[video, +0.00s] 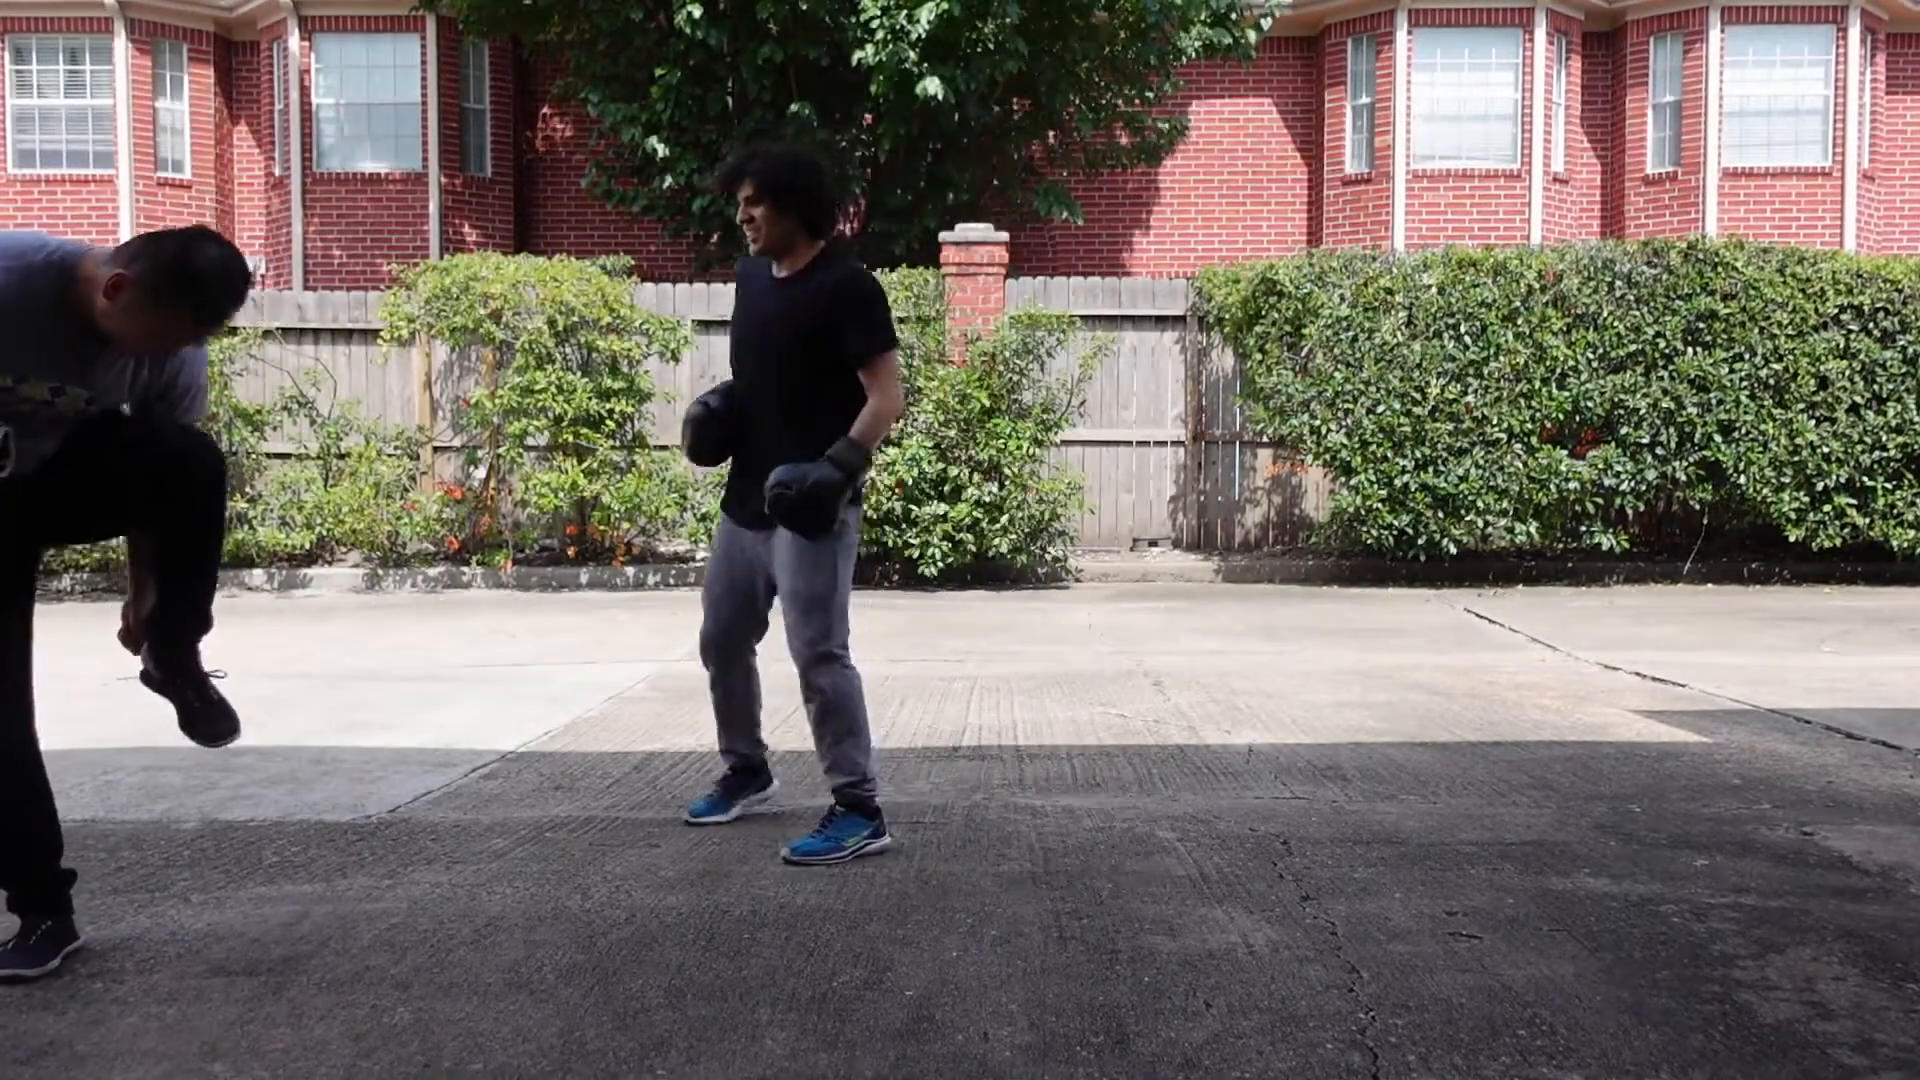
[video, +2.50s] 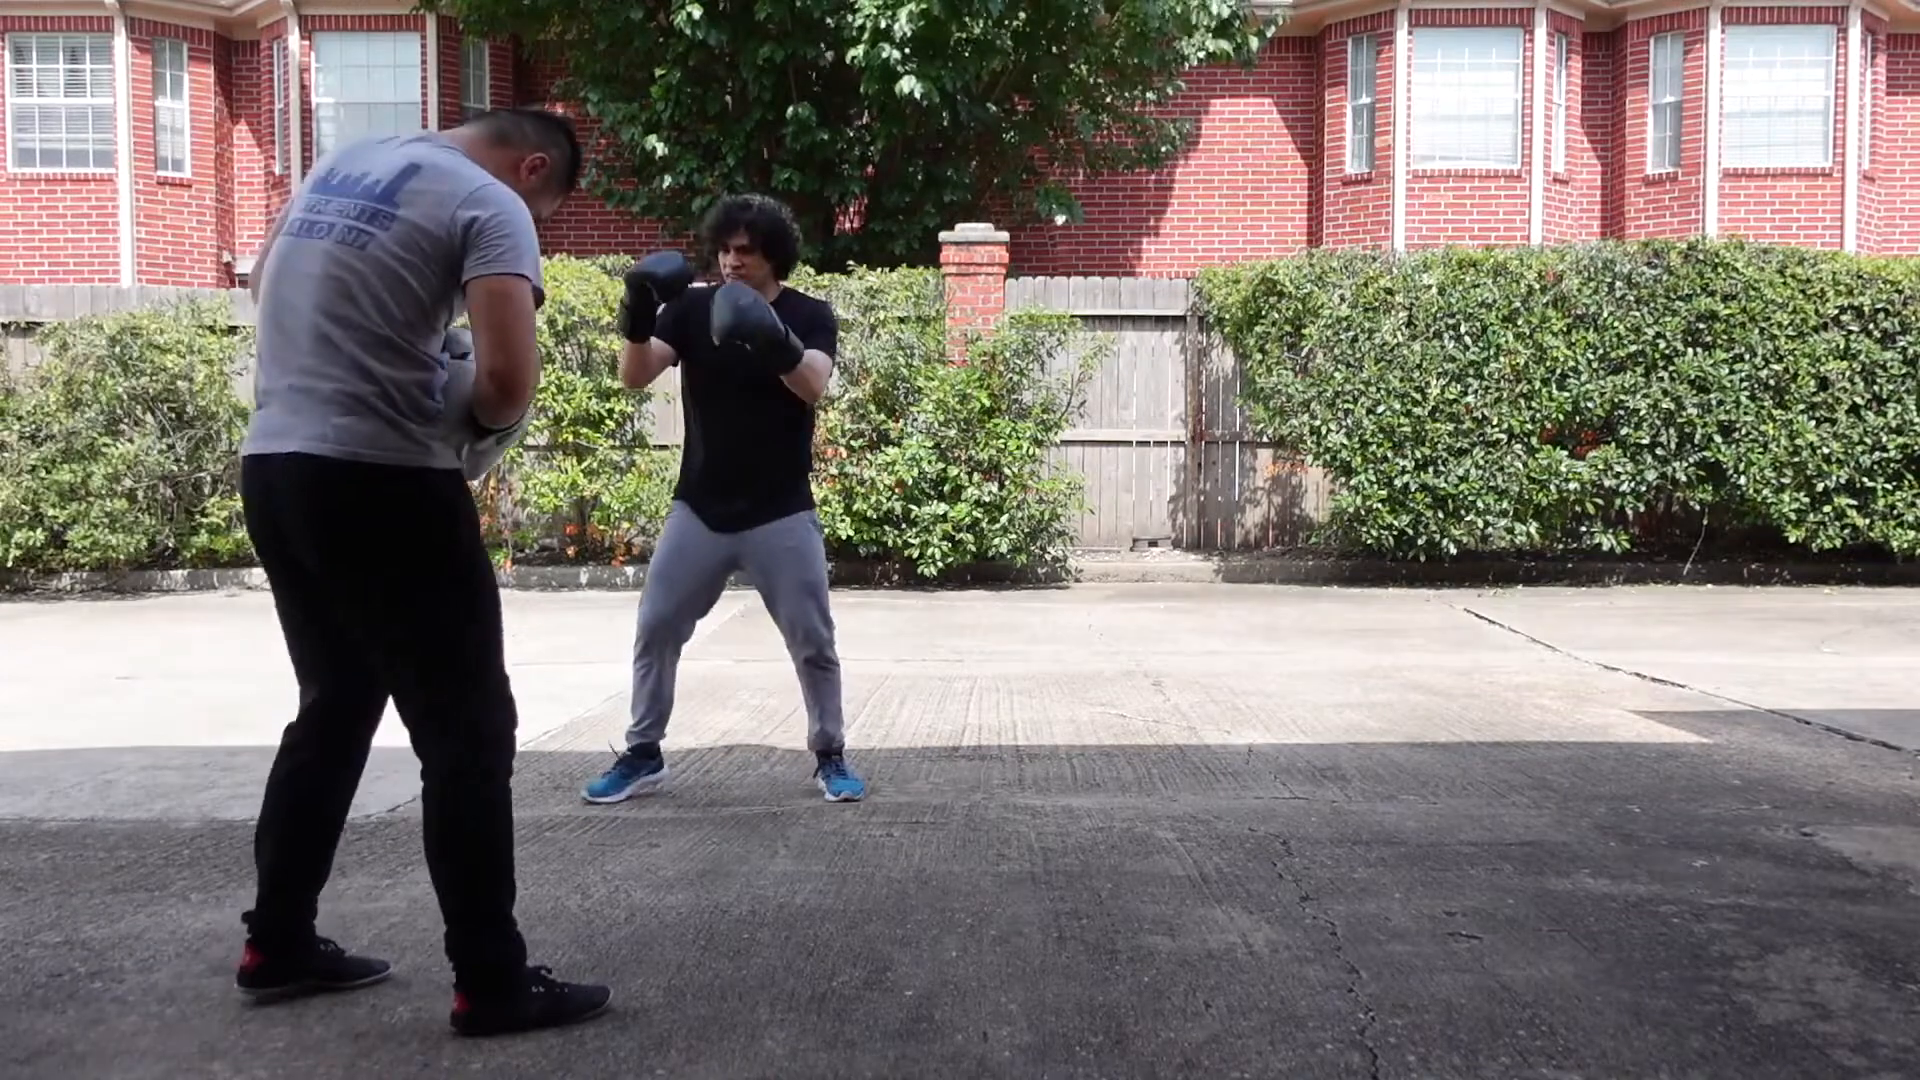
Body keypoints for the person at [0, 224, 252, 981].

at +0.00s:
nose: (166, 358)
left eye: (181, 347)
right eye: (162, 340)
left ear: (196, 325)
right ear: (118, 288)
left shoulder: (174, 354)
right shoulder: (15, 277)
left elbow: (164, 481)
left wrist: (143, 595)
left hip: (72, 474)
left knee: (193, 459)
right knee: (2, 710)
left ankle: (173, 656)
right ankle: (40, 909)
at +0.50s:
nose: (158, 302)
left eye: (174, 295)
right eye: (152, 286)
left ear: (205, 272)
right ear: (126, 224)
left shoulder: (218, 272)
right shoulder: (20, 249)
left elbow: (241, 352)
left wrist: (247, 445)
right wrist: (5, 439)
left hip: (150, 518)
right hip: (25, 526)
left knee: (178, 715)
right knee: (25, 729)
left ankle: (169, 921)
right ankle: (45, 916)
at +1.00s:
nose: (231, 218)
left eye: (249, 202)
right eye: (219, 197)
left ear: (264, 182)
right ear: (169, 143)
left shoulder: (256, 211)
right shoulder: (59, 213)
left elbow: (319, 347)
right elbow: (5, 371)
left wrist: (197, 401)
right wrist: (86, 473)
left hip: (187, 508)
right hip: (70, 514)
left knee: (210, 717)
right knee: (72, 746)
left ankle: (170, 919)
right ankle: (48, 999)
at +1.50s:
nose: (320, 212)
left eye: (332, 194)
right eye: (319, 188)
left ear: (268, 149)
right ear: (259, 142)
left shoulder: (243, 211)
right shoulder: (110, 196)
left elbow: (252, 309)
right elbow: (8, 339)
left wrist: (224, 400)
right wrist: (107, 429)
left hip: (127, 477)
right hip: (28, 476)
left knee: (170, 704)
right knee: (54, 735)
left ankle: (143, 926)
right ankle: (39, 1008)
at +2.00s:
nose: (438, 193)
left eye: (447, 175)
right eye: (446, 169)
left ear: (382, 118)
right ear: (418, 133)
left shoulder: (281, 175)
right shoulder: (311, 197)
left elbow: (255, 350)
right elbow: (273, 360)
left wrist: (345, 411)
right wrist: (354, 430)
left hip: (223, 483)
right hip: (201, 488)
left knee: (293, 713)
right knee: (255, 723)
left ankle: (268, 944)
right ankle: (99, 962)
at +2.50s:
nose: (539, 217)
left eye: (549, 207)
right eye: (548, 204)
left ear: (485, 136)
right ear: (530, 164)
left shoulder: (349, 160)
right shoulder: (493, 201)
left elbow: (271, 283)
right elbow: (506, 380)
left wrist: (393, 364)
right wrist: (485, 421)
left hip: (278, 477)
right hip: (392, 491)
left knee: (336, 705)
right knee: (470, 732)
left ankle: (278, 943)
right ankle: (493, 983)